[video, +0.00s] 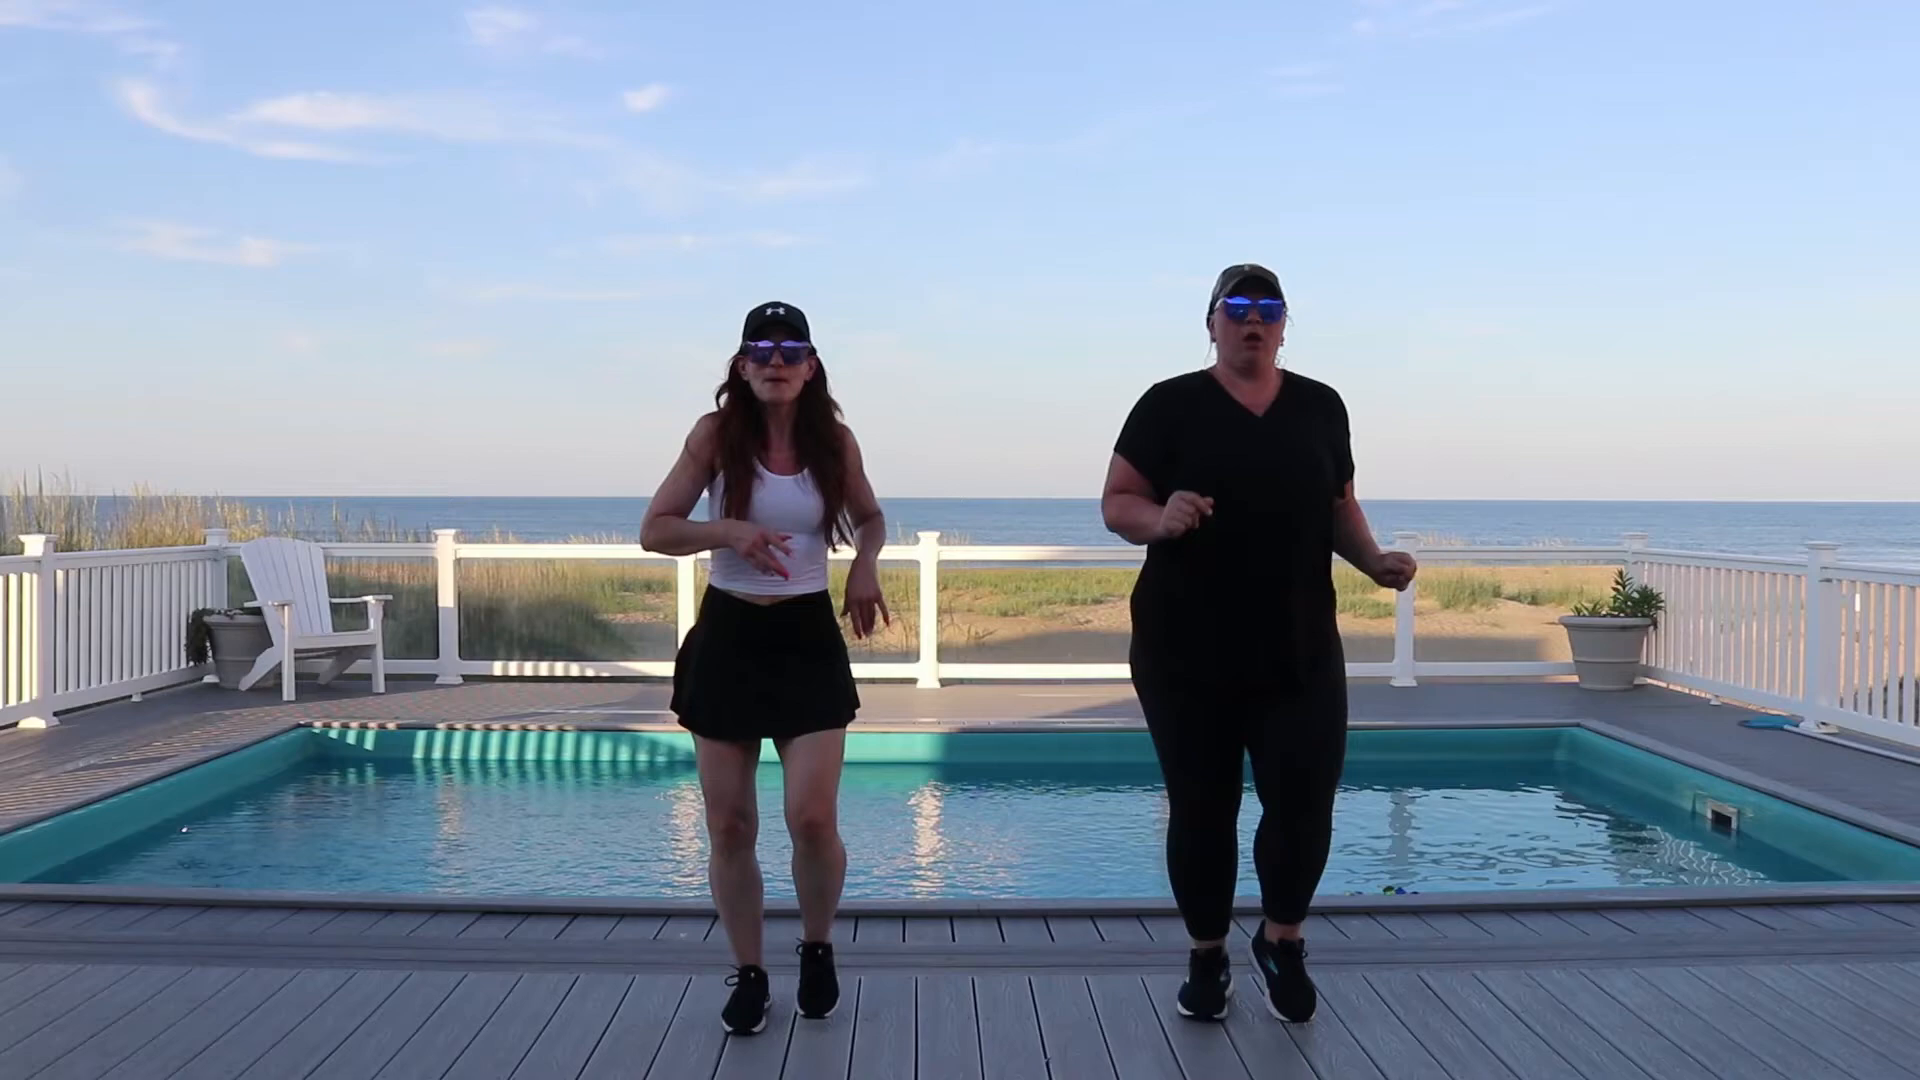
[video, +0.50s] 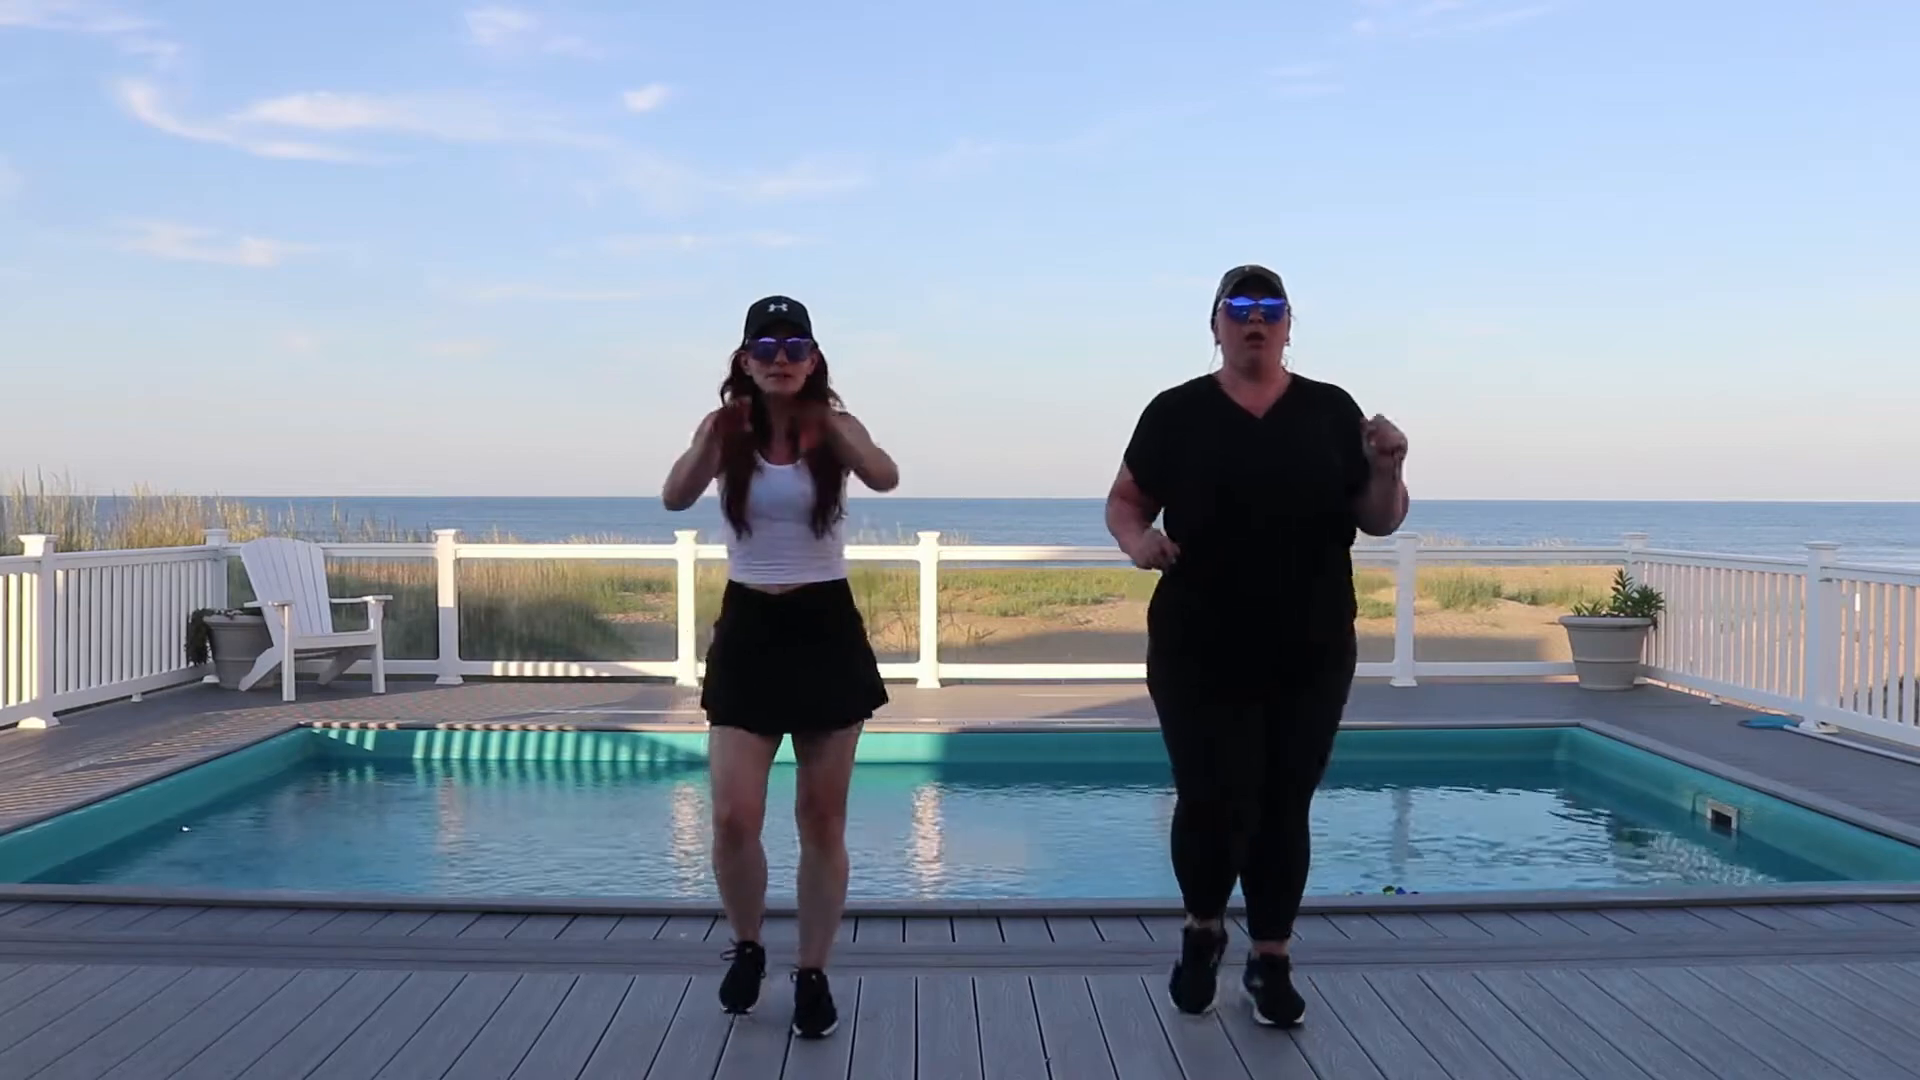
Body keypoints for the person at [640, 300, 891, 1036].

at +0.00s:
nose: (779, 365)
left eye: (793, 353)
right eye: (765, 354)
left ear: (812, 363)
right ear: (743, 364)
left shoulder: (832, 438)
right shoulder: (716, 434)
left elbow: (871, 517)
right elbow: (657, 530)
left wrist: (864, 563)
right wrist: (725, 532)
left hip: (809, 639)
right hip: (728, 638)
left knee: (811, 821)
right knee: (730, 826)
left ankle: (817, 950)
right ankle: (749, 973)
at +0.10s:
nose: (782, 359)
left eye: (795, 346)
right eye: (766, 348)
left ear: (815, 354)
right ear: (745, 358)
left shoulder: (838, 426)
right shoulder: (722, 427)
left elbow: (877, 500)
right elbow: (665, 525)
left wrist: (867, 555)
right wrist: (730, 525)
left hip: (808, 631)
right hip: (729, 630)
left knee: (803, 821)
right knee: (733, 814)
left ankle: (813, 962)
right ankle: (748, 973)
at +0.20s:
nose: (780, 362)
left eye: (795, 350)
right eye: (766, 351)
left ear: (816, 361)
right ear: (747, 362)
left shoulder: (842, 437)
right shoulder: (724, 437)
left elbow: (890, 517)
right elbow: (671, 538)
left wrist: (865, 566)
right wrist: (731, 548)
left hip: (814, 639)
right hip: (733, 636)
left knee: (807, 829)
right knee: (734, 816)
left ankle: (809, 976)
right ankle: (748, 973)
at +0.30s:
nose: (782, 366)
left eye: (797, 353)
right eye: (767, 354)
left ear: (817, 364)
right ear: (748, 365)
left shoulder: (843, 445)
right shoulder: (725, 442)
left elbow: (899, 543)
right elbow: (673, 543)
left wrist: (850, 582)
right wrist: (728, 553)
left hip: (821, 641)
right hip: (741, 639)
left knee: (816, 830)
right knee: (727, 826)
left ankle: (812, 976)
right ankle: (746, 969)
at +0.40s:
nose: (781, 368)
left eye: (796, 356)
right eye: (766, 357)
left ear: (816, 366)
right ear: (746, 367)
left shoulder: (840, 440)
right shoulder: (723, 438)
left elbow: (899, 524)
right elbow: (670, 524)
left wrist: (841, 532)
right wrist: (717, 477)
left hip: (826, 637)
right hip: (746, 637)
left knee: (822, 824)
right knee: (724, 820)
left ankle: (812, 973)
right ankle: (746, 949)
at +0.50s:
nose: (782, 360)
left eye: (795, 349)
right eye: (767, 349)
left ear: (813, 357)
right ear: (745, 358)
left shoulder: (832, 423)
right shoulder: (726, 428)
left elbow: (884, 476)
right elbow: (676, 498)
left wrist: (835, 425)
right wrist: (710, 442)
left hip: (827, 628)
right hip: (749, 628)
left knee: (821, 817)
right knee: (733, 820)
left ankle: (812, 973)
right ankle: (747, 946)